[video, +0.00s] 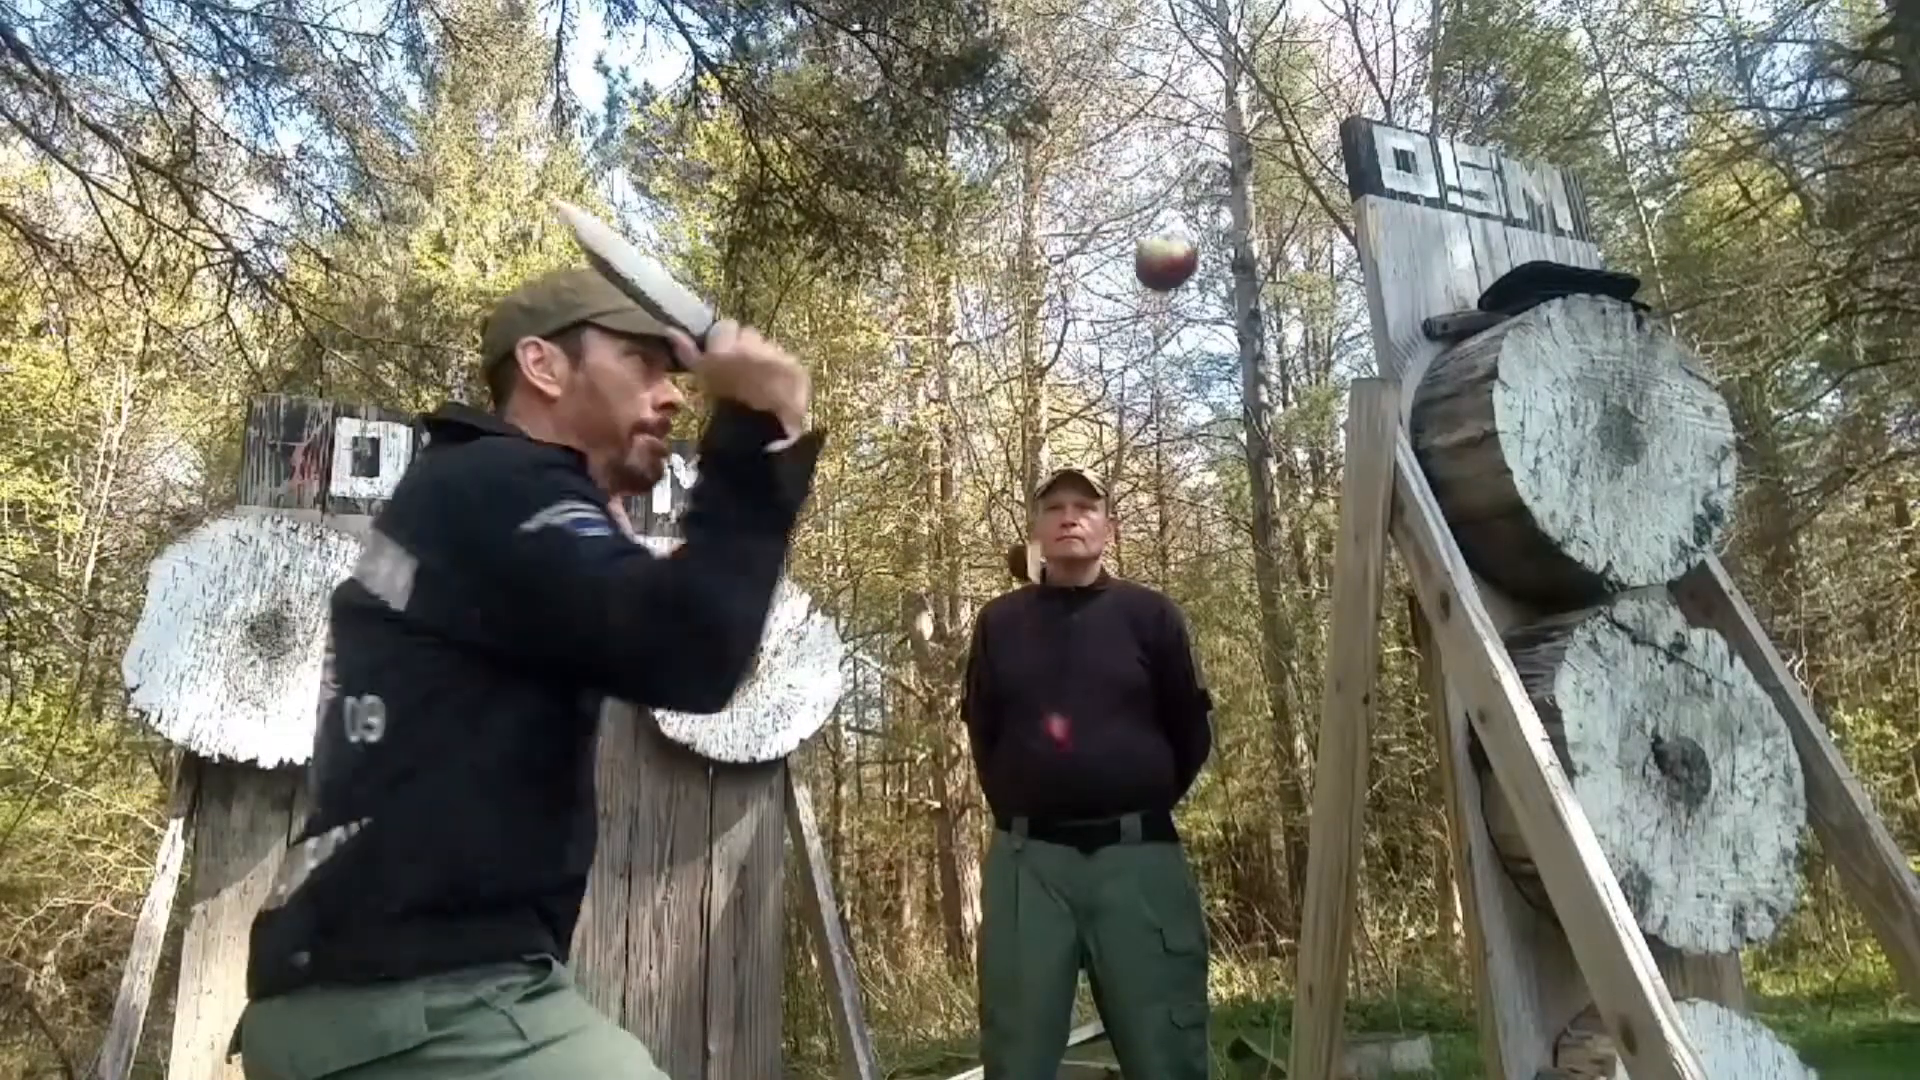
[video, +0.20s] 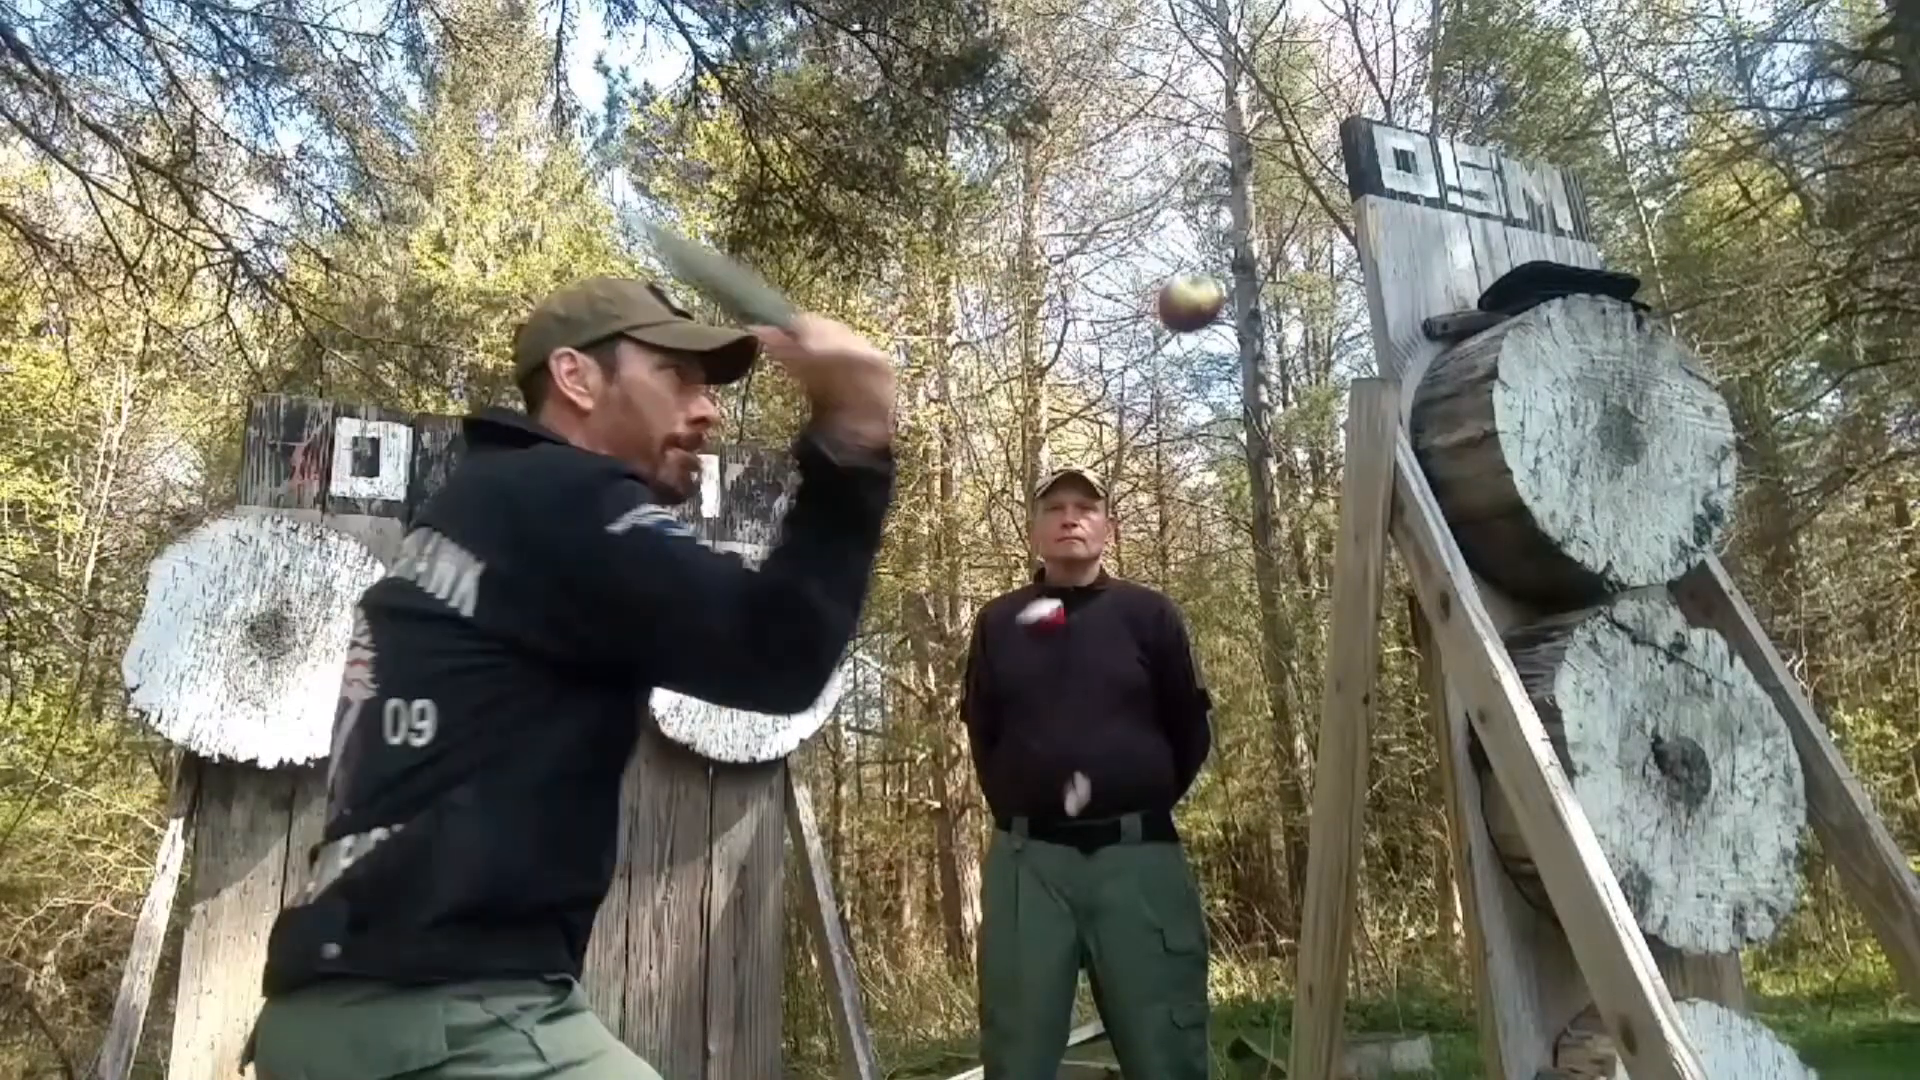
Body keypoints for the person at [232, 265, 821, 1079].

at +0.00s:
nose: (671, 396)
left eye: (672, 373)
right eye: (643, 360)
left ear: (545, 373)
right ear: (545, 366)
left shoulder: (438, 489)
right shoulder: (507, 488)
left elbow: (674, 649)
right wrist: (754, 435)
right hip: (440, 1007)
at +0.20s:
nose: (708, 409)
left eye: (706, 383)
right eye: (677, 374)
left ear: (572, 383)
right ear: (575, 378)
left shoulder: (464, 497)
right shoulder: (569, 504)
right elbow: (781, 659)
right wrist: (852, 442)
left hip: (316, 1018)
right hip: (467, 1021)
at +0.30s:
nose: (738, 418)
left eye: (736, 391)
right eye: (710, 381)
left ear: (607, 391)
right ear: (609, 385)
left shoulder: (469, 515)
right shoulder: (615, 515)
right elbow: (836, 675)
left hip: (325, 1024)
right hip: (495, 1026)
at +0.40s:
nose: (767, 429)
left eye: (769, 401)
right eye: (745, 393)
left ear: (640, 393)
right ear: (641, 385)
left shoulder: (496, 513)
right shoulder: (648, 527)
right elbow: (878, 690)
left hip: (347, 1014)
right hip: (520, 1019)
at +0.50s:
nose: (790, 429)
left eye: (796, 402)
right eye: (770, 393)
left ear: (666, 389)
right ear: (669, 378)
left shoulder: (516, 507)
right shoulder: (682, 526)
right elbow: (867, 711)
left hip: (365, 1005)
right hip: (536, 1008)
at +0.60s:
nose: (819, 429)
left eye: (822, 401)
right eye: (800, 390)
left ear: (701, 376)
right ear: (701, 372)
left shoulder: (540, 491)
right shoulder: (718, 514)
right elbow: (829, 778)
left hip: (379, 1002)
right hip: (559, 1006)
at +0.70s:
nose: (853, 428)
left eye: (856, 401)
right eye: (830, 388)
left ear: (728, 369)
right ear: (735, 367)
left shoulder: (551, 493)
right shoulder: (745, 518)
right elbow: (775, 826)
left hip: (386, 996)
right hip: (574, 1003)